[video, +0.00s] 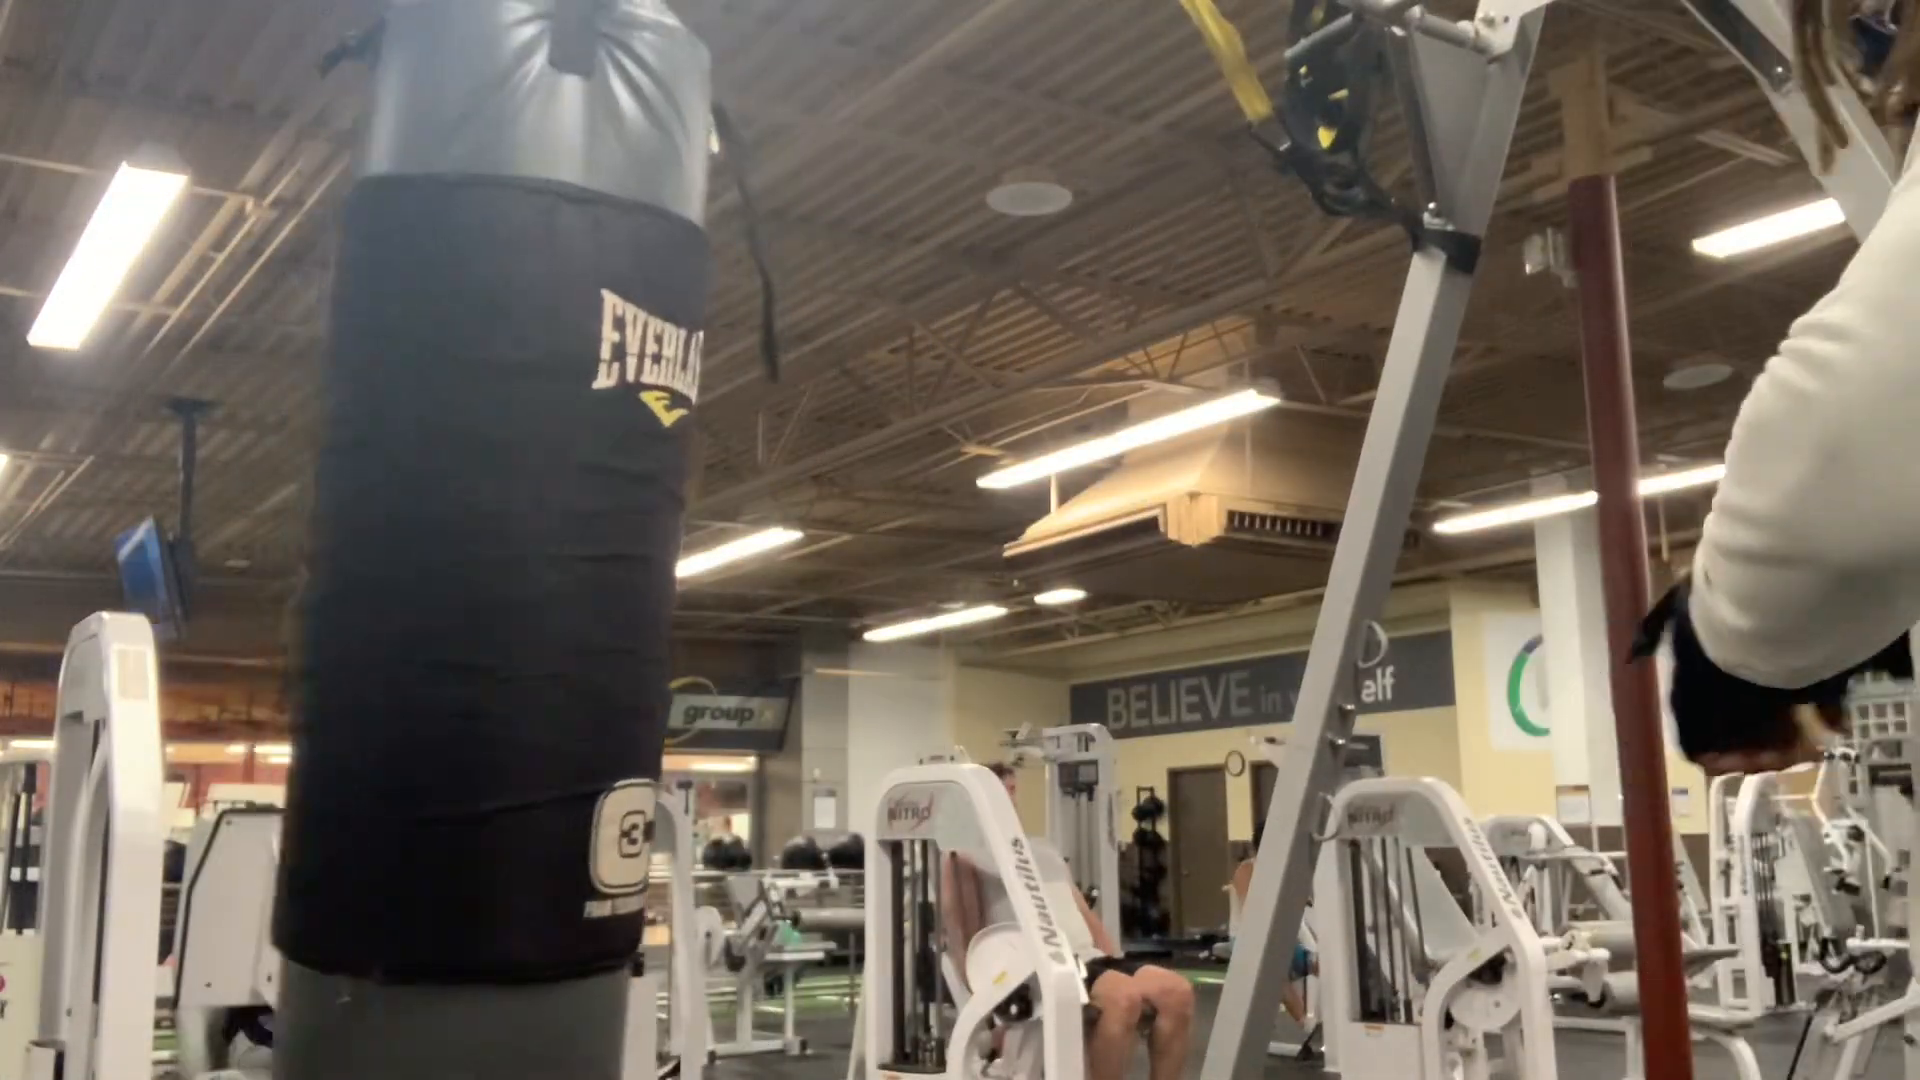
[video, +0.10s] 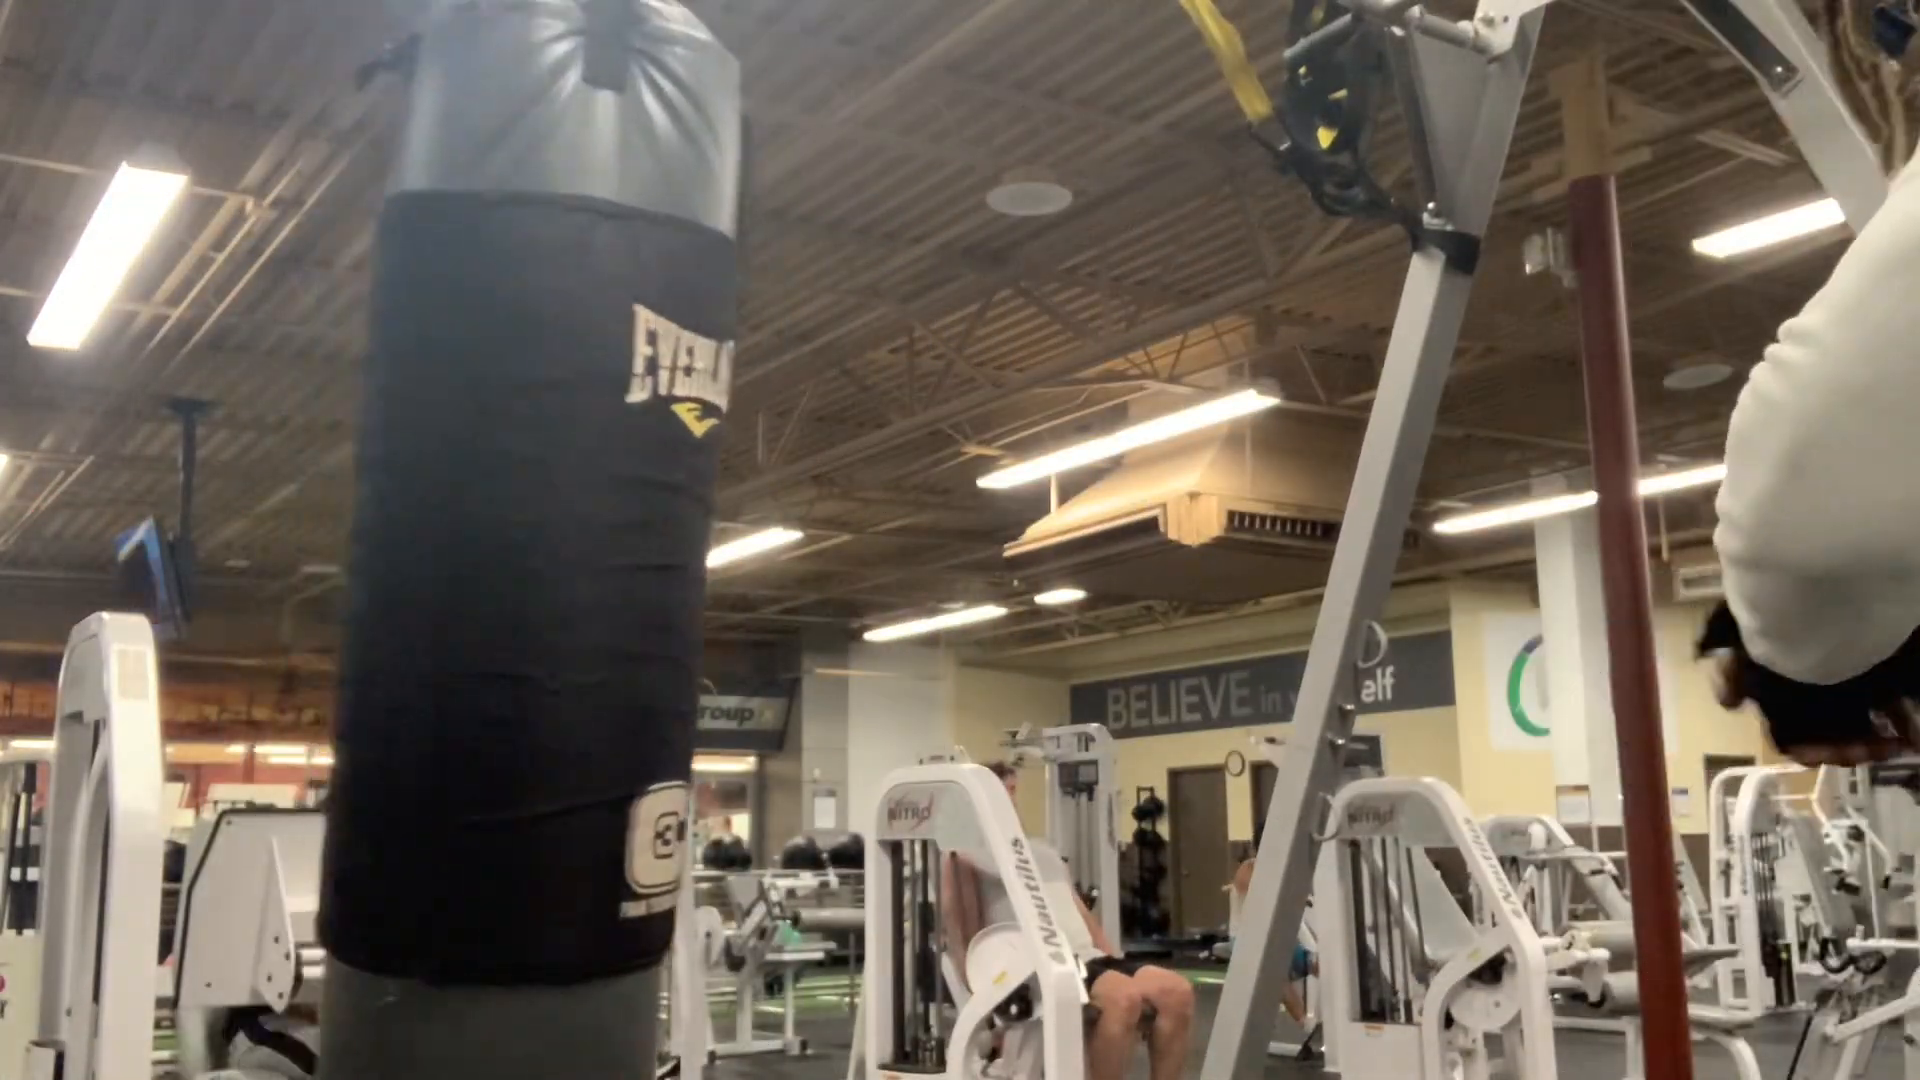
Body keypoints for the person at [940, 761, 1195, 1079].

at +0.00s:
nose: (1005, 806)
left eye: (1009, 797)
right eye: (997, 797)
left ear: (1014, 798)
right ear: (979, 801)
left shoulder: (1039, 852)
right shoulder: (964, 855)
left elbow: (1085, 914)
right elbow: (967, 941)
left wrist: (1116, 963)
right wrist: (993, 1016)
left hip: (1076, 957)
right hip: (1021, 965)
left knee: (1177, 993)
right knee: (1124, 999)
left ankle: (1164, 1073)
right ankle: (1104, 1073)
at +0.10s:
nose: (1005, 806)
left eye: (1009, 797)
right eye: (997, 797)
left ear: (1014, 797)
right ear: (978, 801)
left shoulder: (1039, 853)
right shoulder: (963, 856)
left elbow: (1084, 916)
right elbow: (967, 942)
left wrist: (1115, 963)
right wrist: (990, 1017)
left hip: (1075, 957)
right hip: (1022, 965)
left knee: (1176, 993)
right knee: (1124, 999)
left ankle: (1164, 1075)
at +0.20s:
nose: (1007, 803)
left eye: (1010, 794)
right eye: (999, 794)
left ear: (1015, 795)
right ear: (980, 799)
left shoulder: (1040, 853)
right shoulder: (963, 854)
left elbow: (1082, 918)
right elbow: (964, 939)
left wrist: (1113, 962)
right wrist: (986, 1007)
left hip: (1076, 956)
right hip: (1022, 963)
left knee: (1176, 993)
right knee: (1122, 999)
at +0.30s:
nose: (1012, 800)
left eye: (1015, 791)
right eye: (1004, 791)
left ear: (1018, 793)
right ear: (983, 796)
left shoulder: (1038, 853)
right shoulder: (963, 854)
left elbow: (1074, 916)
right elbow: (958, 941)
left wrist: (1102, 953)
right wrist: (982, 997)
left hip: (1075, 955)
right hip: (1020, 962)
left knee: (1177, 994)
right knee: (1121, 1000)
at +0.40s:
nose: (1015, 801)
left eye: (1017, 792)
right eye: (1007, 792)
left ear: (1018, 794)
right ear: (984, 796)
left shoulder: (1034, 852)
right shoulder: (963, 856)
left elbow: (1071, 914)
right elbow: (958, 942)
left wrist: (1100, 949)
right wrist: (983, 998)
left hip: (1074, 955)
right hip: (1020, 963)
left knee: (1178, 995)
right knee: (1121, 1001)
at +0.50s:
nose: (1016, 800)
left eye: (1018, 792)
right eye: (1008, 791)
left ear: (1020, 795)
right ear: (984, 795)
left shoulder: (1035, 851)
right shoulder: (962, 855)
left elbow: (1069, 914)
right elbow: (958, 942)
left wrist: (1102, 951)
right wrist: (984, 997)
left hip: (1075, 953)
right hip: (1021, 962)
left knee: (1179, 996)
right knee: (1120, 1001)